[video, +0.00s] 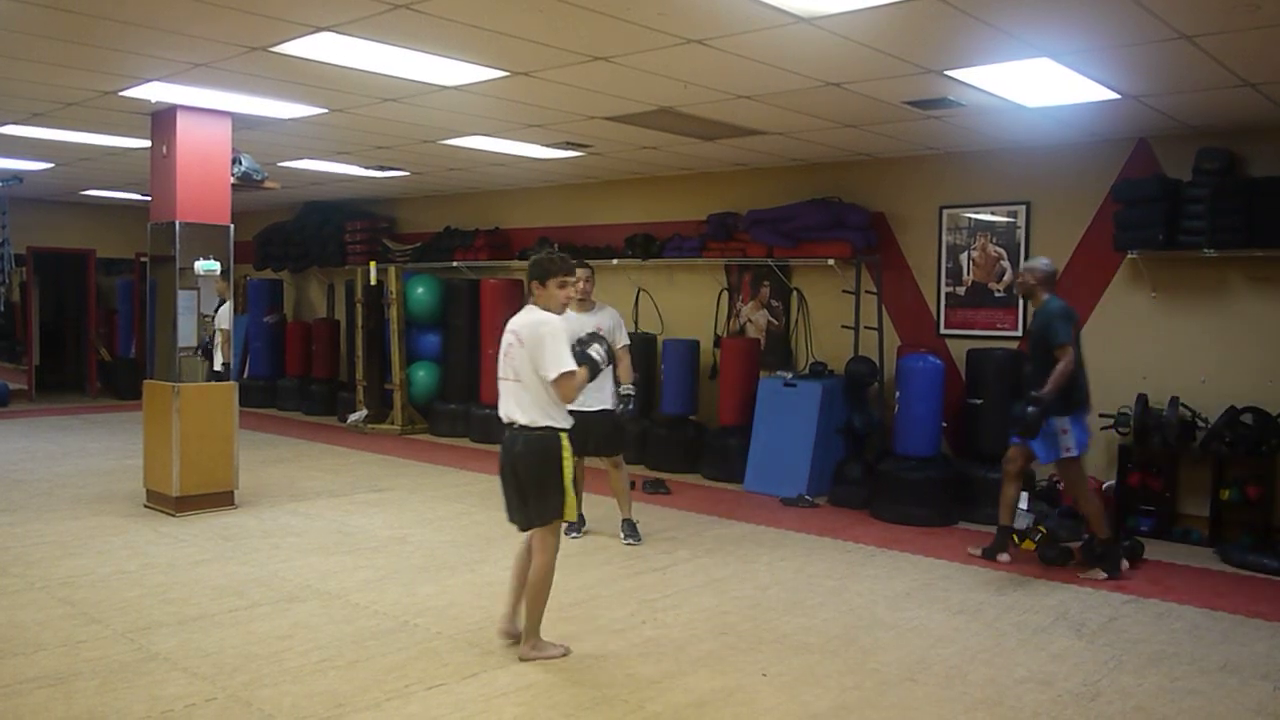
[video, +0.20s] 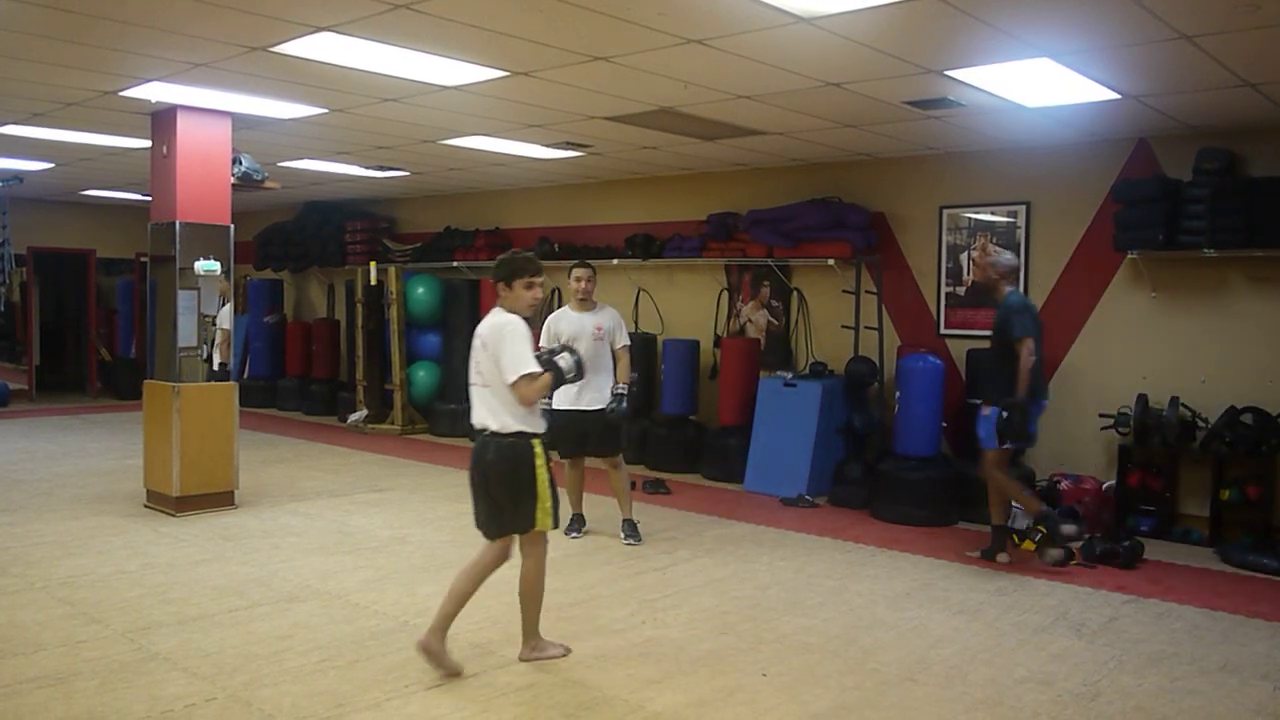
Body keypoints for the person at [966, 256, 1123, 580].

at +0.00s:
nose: (1017, 280)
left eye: (1022, 275)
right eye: (1019, 275)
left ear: (1037, 280)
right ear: (1037, 281)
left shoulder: (1056, 312)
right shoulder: (1041, 313)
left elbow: (1067, 359)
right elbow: (1044, 362)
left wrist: (1039, 402)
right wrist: (1030, 396)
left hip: (1063, 411)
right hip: (1039, 410)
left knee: (1076, 483)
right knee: (1012, 465)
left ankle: (1109, 553)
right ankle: (1001, 543)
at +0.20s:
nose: (976, 275)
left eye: (981, 270)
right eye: (978, 268)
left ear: (998, 274)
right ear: (1003, 275)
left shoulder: (1016, 306)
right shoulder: (1007, 306)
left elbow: (1027, 354)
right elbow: (1013, 357)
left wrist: (1018, 404)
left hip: (1012, 403)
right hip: (1001, 400)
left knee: (994, 468)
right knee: (994, 469)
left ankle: (1049, 521)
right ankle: (998, 545)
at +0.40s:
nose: (947, 275)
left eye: (951, 270)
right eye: (949, 270)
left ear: (964, 273)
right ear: (972, 273)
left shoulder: (978, 303)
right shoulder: (983, 301)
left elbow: (992, 351)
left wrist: (982, 398)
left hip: (971, 400)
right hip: (990, 400)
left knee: (936, 457)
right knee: (988, 468)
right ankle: (998, 543)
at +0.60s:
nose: (911, 281)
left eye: (914, 277)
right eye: (913, 276)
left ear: (925, 278)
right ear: (940, 278)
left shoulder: (935, 307)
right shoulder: (954, 305)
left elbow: (944, 356)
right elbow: (958, 356)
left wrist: (926, 398)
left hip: (936, 401)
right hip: (959, 401)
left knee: (902, 457)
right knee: (948, 464)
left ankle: (896, 535)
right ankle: (987, 529)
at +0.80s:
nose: (878, 278)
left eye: (880, 273)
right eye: (879, 273)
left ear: (890, 272)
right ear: (908, 272)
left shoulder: (894, 300)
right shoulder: (925, 301)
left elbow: (895, 346)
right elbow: (939, 345)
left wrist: (873, 382)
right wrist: (929, 380)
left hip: (898, 392)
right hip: (920, 391)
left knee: (891, 459)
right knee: (891, 452)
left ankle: (896, 535)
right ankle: (916, 506)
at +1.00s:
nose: (850, 278)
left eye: (852, 274)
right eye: (852, 273)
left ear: (861, 275)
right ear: (878, 276)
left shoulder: (861, 305)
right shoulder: (892, 305)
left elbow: (859, 343)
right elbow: (909, 347)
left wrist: (833, 374)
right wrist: (910, 388)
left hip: (870, 392)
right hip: (890, 390)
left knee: (879, 458)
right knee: (856, 449)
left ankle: (896, 535)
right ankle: (838, 506)